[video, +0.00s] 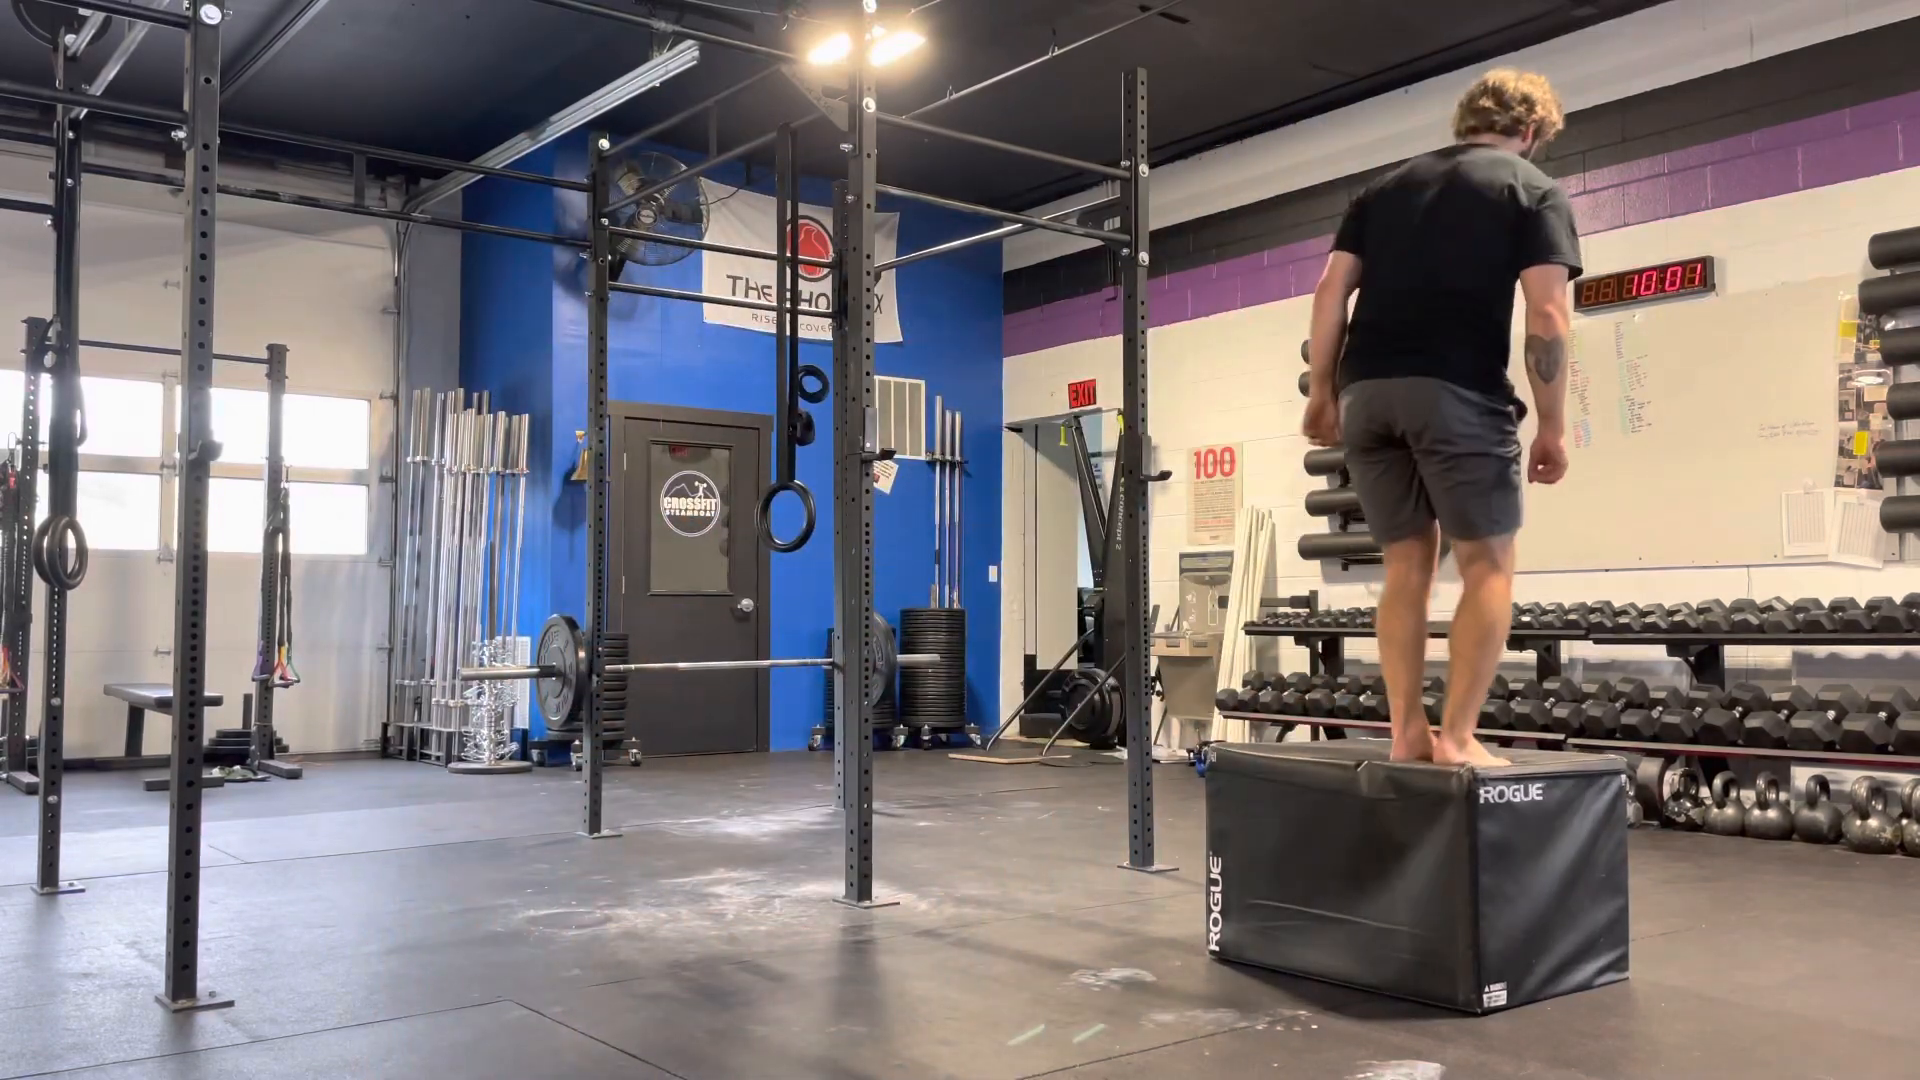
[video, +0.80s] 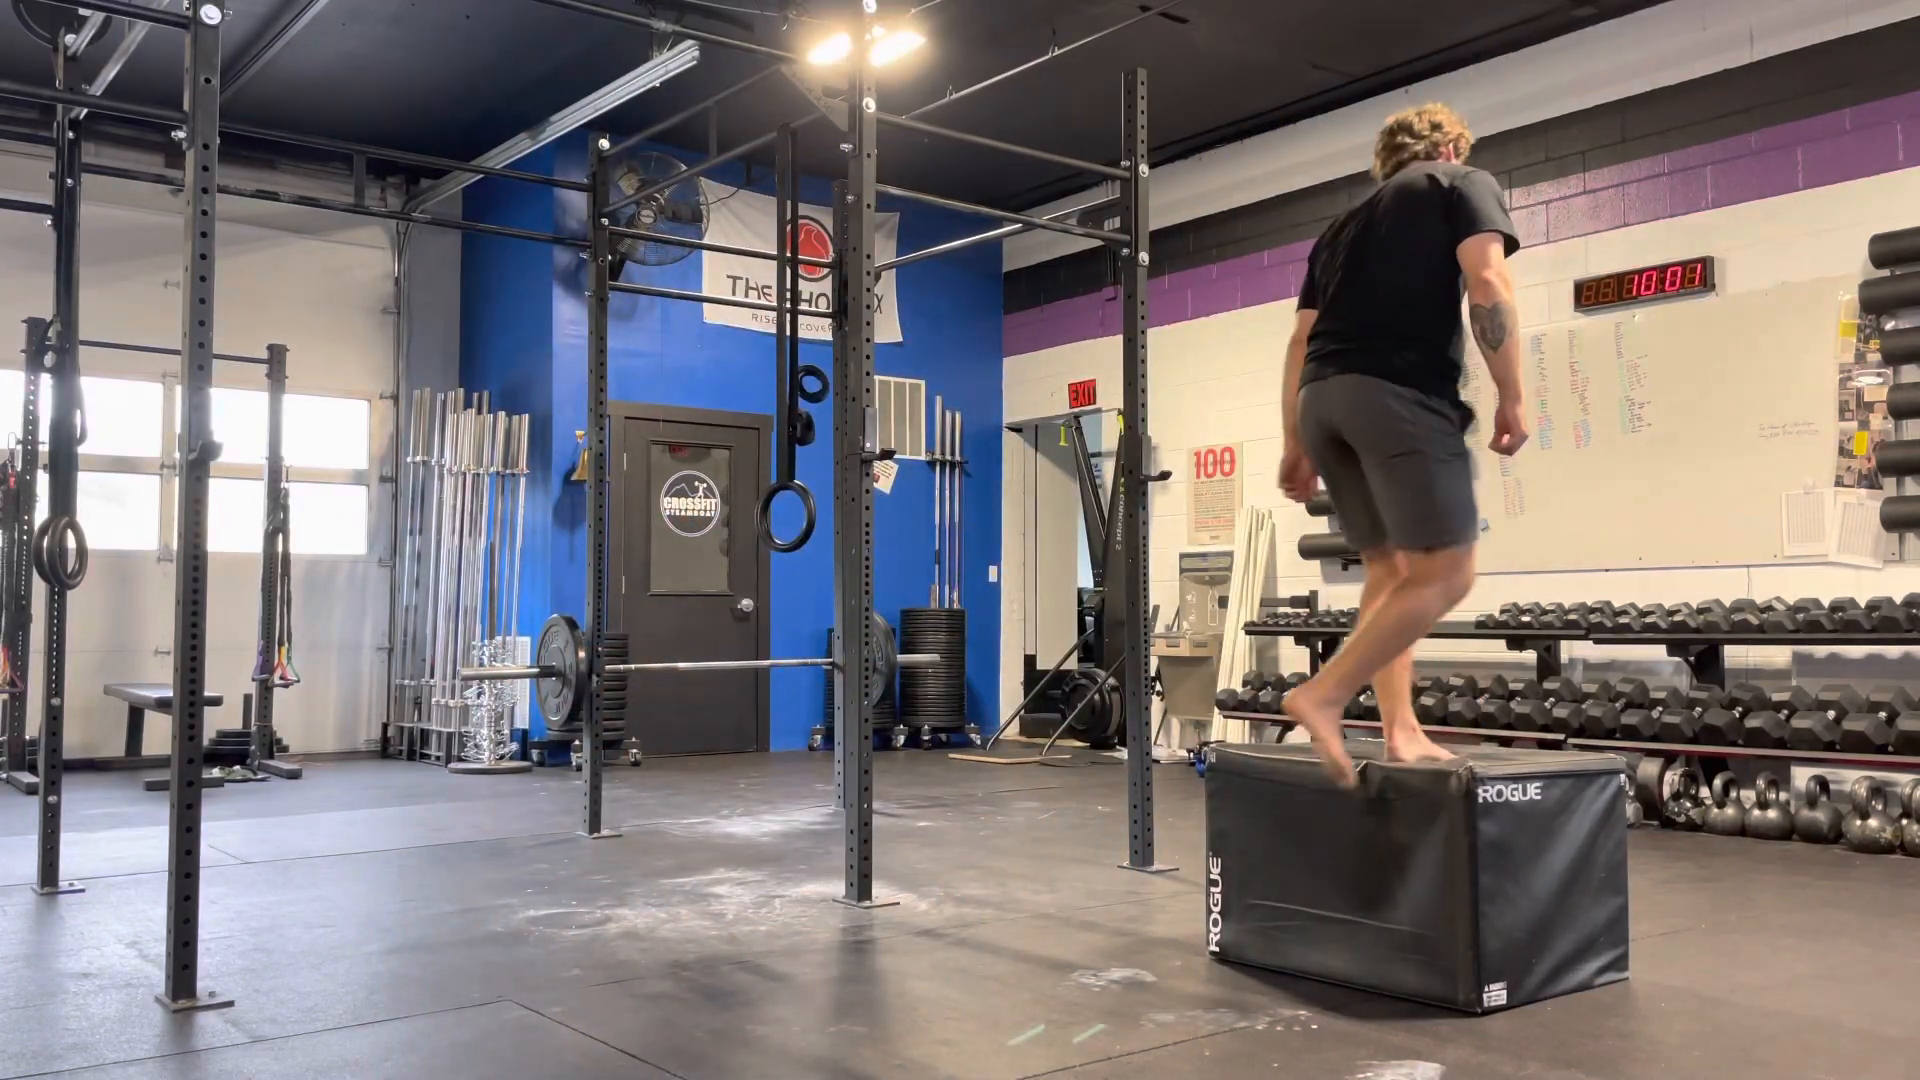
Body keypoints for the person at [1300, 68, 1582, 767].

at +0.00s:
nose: (1543, 151)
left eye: (1546, 142)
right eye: (1545, 141)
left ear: (1466, 123)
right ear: (1530, 131)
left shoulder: (1386, 186)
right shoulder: (1531, 188)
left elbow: (1330, 290)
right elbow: (1547, 318)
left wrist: (1321, 392)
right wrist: (1551, 427)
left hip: (1365, 391)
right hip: (1456, 391)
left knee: (1404, 560)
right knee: (1486, 568)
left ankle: (1407, 736)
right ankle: (1455, 740)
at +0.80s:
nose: (1467, 165)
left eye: (1465, 157)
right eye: (1465, 156)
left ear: (1386, 160)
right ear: (1449, 149)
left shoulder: (1341, 227)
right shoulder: (1459, 183)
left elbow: (1302, 336)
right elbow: (1485, 280)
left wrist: (1295, 438)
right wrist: (1510, 396)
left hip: (1321, 396)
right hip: (1396, 392)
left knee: (1383, 568)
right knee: (1443, 573)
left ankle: (1403, 735)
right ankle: (1319, 698)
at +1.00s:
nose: (1444, 202)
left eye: (1440, 192)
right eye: (1440, 192)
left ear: (1358, 202)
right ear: (1427, 190)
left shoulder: (1319, 261)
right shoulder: (1441, 227)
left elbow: (1268, 375)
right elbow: (1492, 351)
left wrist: (1273, 477)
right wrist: (1508, 449)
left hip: (1290, 429)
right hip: (1360, 433)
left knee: (1387, 577)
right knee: (1347, 636)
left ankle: (1402, 731)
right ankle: (1270, 794)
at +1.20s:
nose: (1400, 273)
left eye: (1394, 263)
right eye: (1396, 262)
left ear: (1312, 270)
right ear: (1384, 267)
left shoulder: (1272, 339)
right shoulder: (1404, 317)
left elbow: (1221, 457)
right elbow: (1477, 442)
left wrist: (1248, 530)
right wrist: (1484, 510)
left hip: (1244, 531)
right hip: (1314, 543)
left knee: (1382, 563)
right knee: (1293, 753)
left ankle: (1404, 733)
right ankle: (1239, 930)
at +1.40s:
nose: (1326, 317)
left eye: (1324, 303)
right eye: (1324, 304)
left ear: (1244, 311)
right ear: (1305, 310)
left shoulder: (1186, 399)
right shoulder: (1311, 383)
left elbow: (1148, 519)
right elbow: (1386, 512)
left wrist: (1172, 613)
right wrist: (1429, 566)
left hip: (1199, 615)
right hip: (1272, 621)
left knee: (1326, 560)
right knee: (1291, 815)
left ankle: (1389, 725)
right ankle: (1205, 992)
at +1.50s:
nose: (1291, 290)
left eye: (1289, 276)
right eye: (1289, 277)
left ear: (1205, 282)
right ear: (1271, 283)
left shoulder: (1150, 372)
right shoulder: (1271, 361)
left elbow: (1115, 498)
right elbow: (1322, 507)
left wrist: (1132, 600)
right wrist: (1363, 598)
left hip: (1163, 600)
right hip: (1237, 606)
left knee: (1292, 559)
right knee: (1255, 804)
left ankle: (1303, 724)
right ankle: (1203, 989)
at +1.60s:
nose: (1257, 271)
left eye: (1255, 258)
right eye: (1254, 259)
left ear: (1163, 269)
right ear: (1235, 266)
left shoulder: (1112, 359)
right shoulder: (1240, 346)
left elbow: (1081, 479)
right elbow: (1252, 482)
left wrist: (1107, 570)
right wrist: (1268, 599)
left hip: (1124, 588)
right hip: (1199, 590)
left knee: (1210, 658)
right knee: (1229, 797)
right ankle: (1202, 987)